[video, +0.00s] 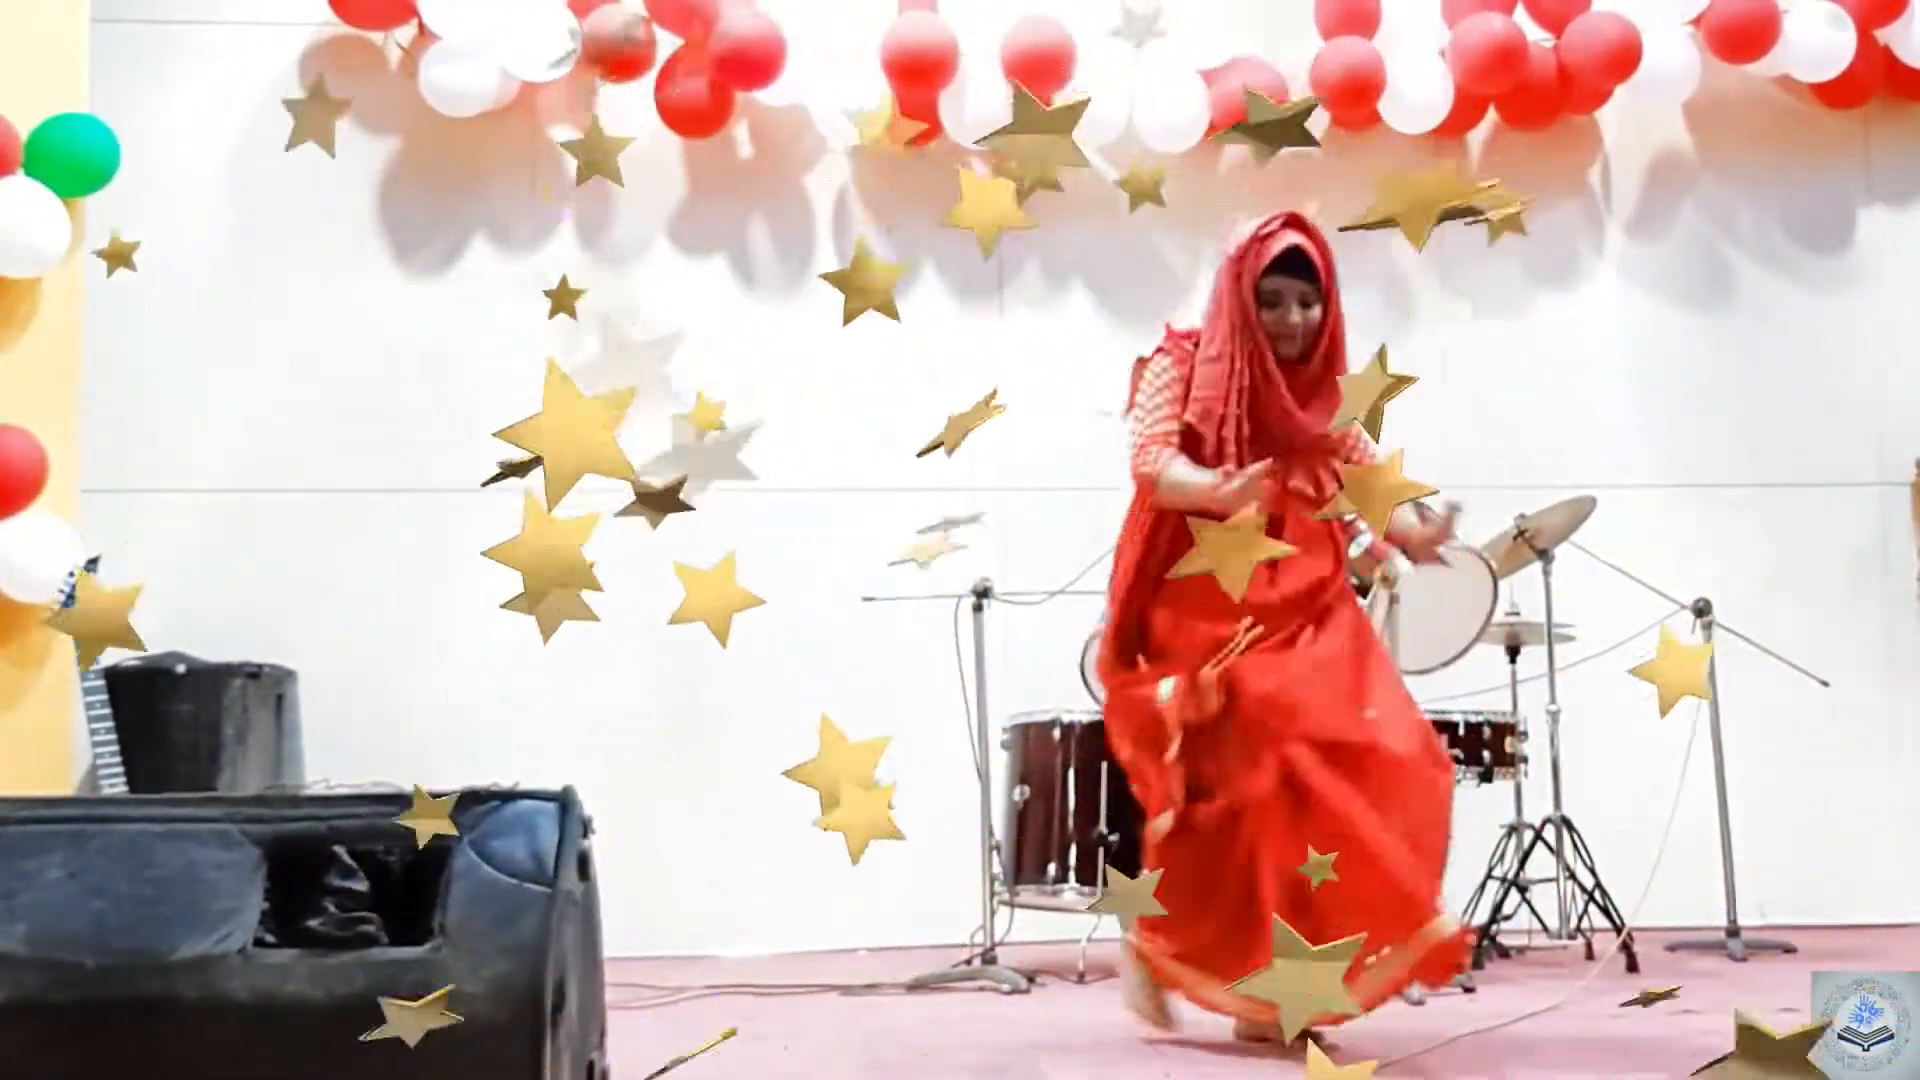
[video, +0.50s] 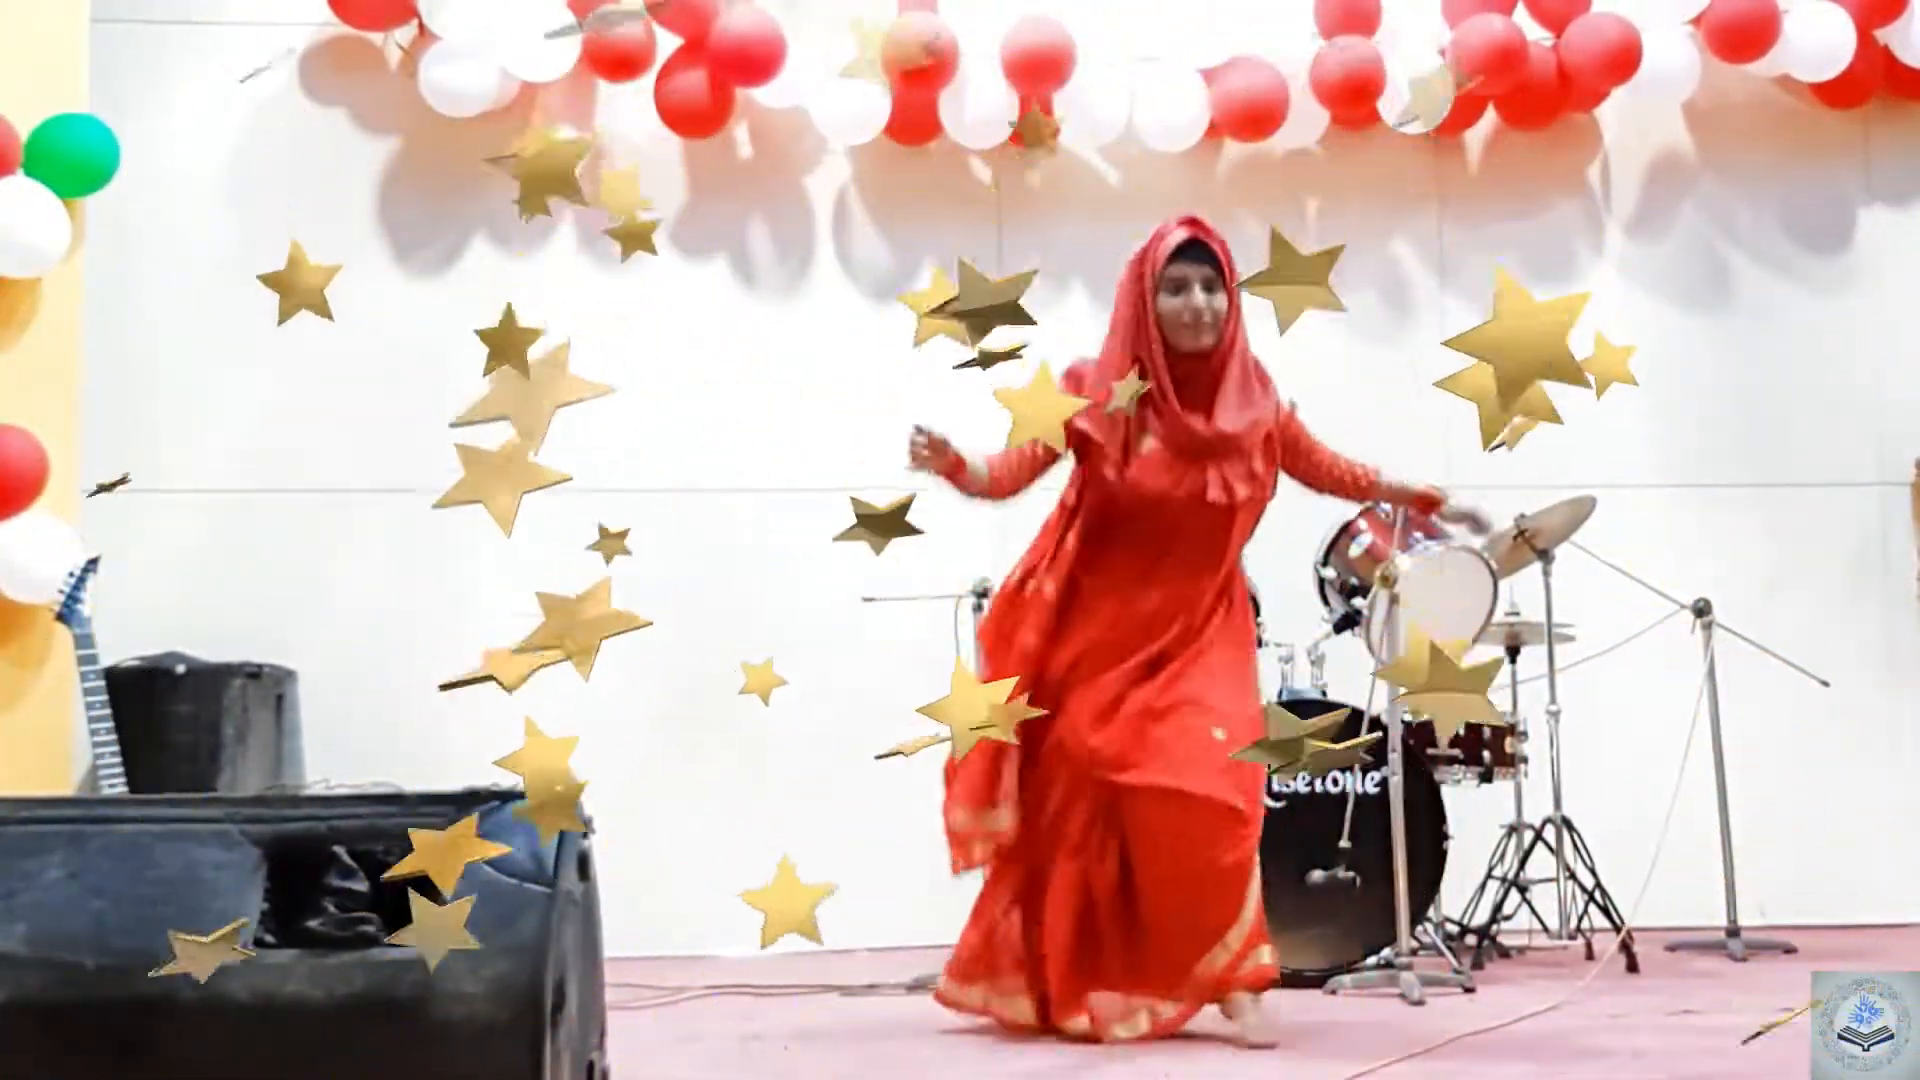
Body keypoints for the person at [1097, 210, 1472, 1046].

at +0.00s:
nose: (1292, 319)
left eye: (1305, 302)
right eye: (1273, 301)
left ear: (1324, 307)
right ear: (1240, 302)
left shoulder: (1329, 386)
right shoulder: (1184, 361)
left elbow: (1373, 489)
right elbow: (1153, 462)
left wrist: (1414, 529)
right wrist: (1216, 491)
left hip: (1310, 608)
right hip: (1205, 613)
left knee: (1373, 766)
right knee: (1256, 776)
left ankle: (1294, 996)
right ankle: (1153, 943)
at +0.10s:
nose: (1274, 309)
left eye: (1289, 291)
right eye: (1255, 290)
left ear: (1308, 298)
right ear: (1222, 290)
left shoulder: (1304, 380)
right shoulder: (1164, 352)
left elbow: (1367, 484)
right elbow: (1110, 453)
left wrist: (1439, 549)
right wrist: (1125, 507)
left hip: (1277, 598)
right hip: (1173, 598)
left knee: (1353, 752)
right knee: (1204, 775)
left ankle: (1308, 975)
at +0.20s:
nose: (1248, 316)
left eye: (1264, 298)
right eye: (1230, 298)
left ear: (1287, 304)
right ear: (1200, 298)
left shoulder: (1298, 388)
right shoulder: (1147, 362)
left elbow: (1373, 492)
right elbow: (1077, 449)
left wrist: (1462, 545)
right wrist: (1042, 502)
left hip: (1250, 608)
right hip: (1144, 610)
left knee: (1275, 781)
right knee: (1146, 793)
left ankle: (1267, 984)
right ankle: (1134, 991)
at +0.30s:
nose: (1223, 347)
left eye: (1238, 330)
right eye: (1206, 330)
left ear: (1260, 336)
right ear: (1178, 331)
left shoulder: (1270, 425)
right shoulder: (1124, 403)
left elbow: (1350, 516)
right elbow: (1050, 504)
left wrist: (1450, 526)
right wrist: (998, 546)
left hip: (1219, 656)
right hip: (1111, 662)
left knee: (1267, 792)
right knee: (1118, 833)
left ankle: (1266, 986)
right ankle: (1126, 1002)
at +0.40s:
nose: (1201, 356)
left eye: (1215, 339)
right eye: (1183, 339)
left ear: (1234, 348)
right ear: (1154, 343)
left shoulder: (1255, 449)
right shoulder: (1101, 434)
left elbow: (1333, 520)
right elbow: (1024, 535)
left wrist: (1428, 516)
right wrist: (966, 540)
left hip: (1191, 682)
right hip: (1086, 681)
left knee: (1242, 820)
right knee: (1087, 840)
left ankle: (1257, 998)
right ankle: (1094, 1002)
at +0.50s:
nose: (1194, 302)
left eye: (1208, 286)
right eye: (1175, 287)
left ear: (1228, 300)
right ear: (1146, 301)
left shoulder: (1251, 403)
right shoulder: (1100, 392)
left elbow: (1323, 467)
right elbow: (1008, 472)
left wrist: (1404, 494)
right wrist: (958, 466)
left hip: (1199, 635)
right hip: (1091, 632)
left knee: (1209, 792)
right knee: (1083, 798)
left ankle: (1233, 984)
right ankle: (1083, 991)